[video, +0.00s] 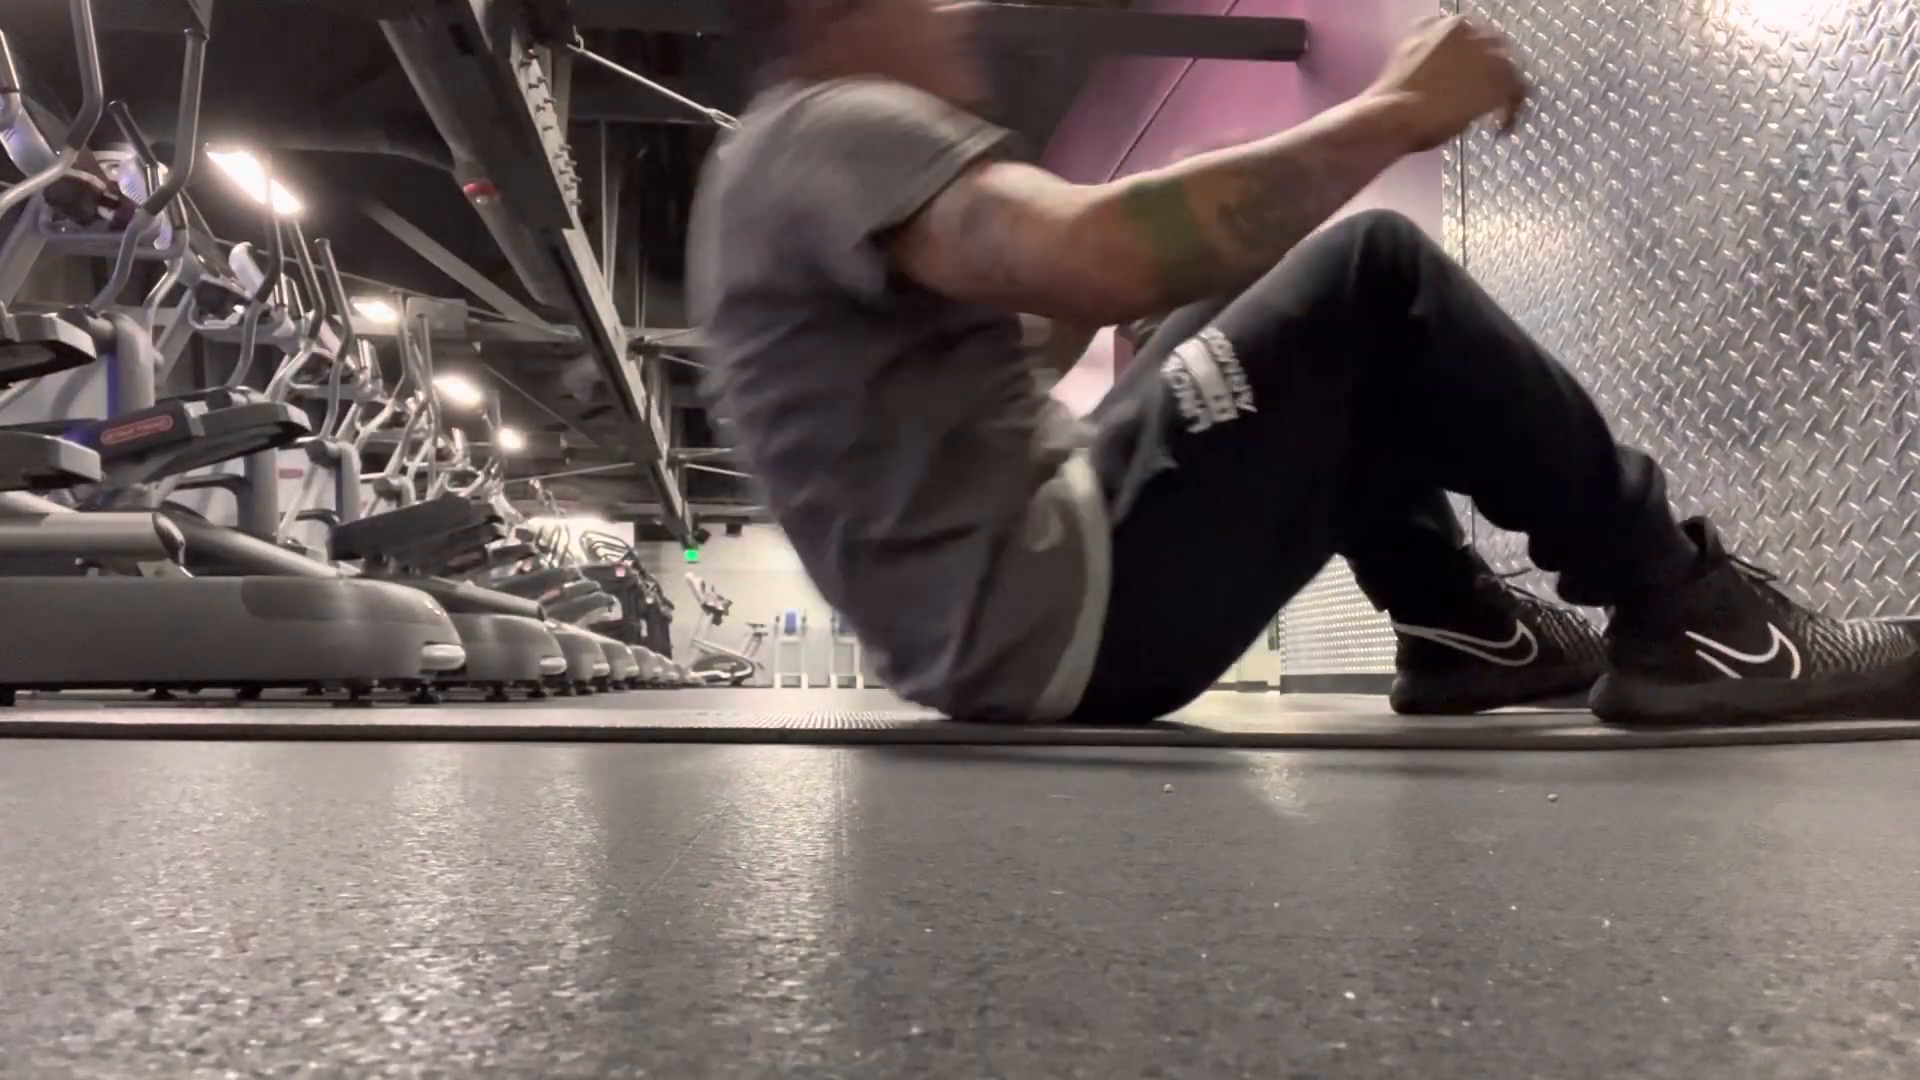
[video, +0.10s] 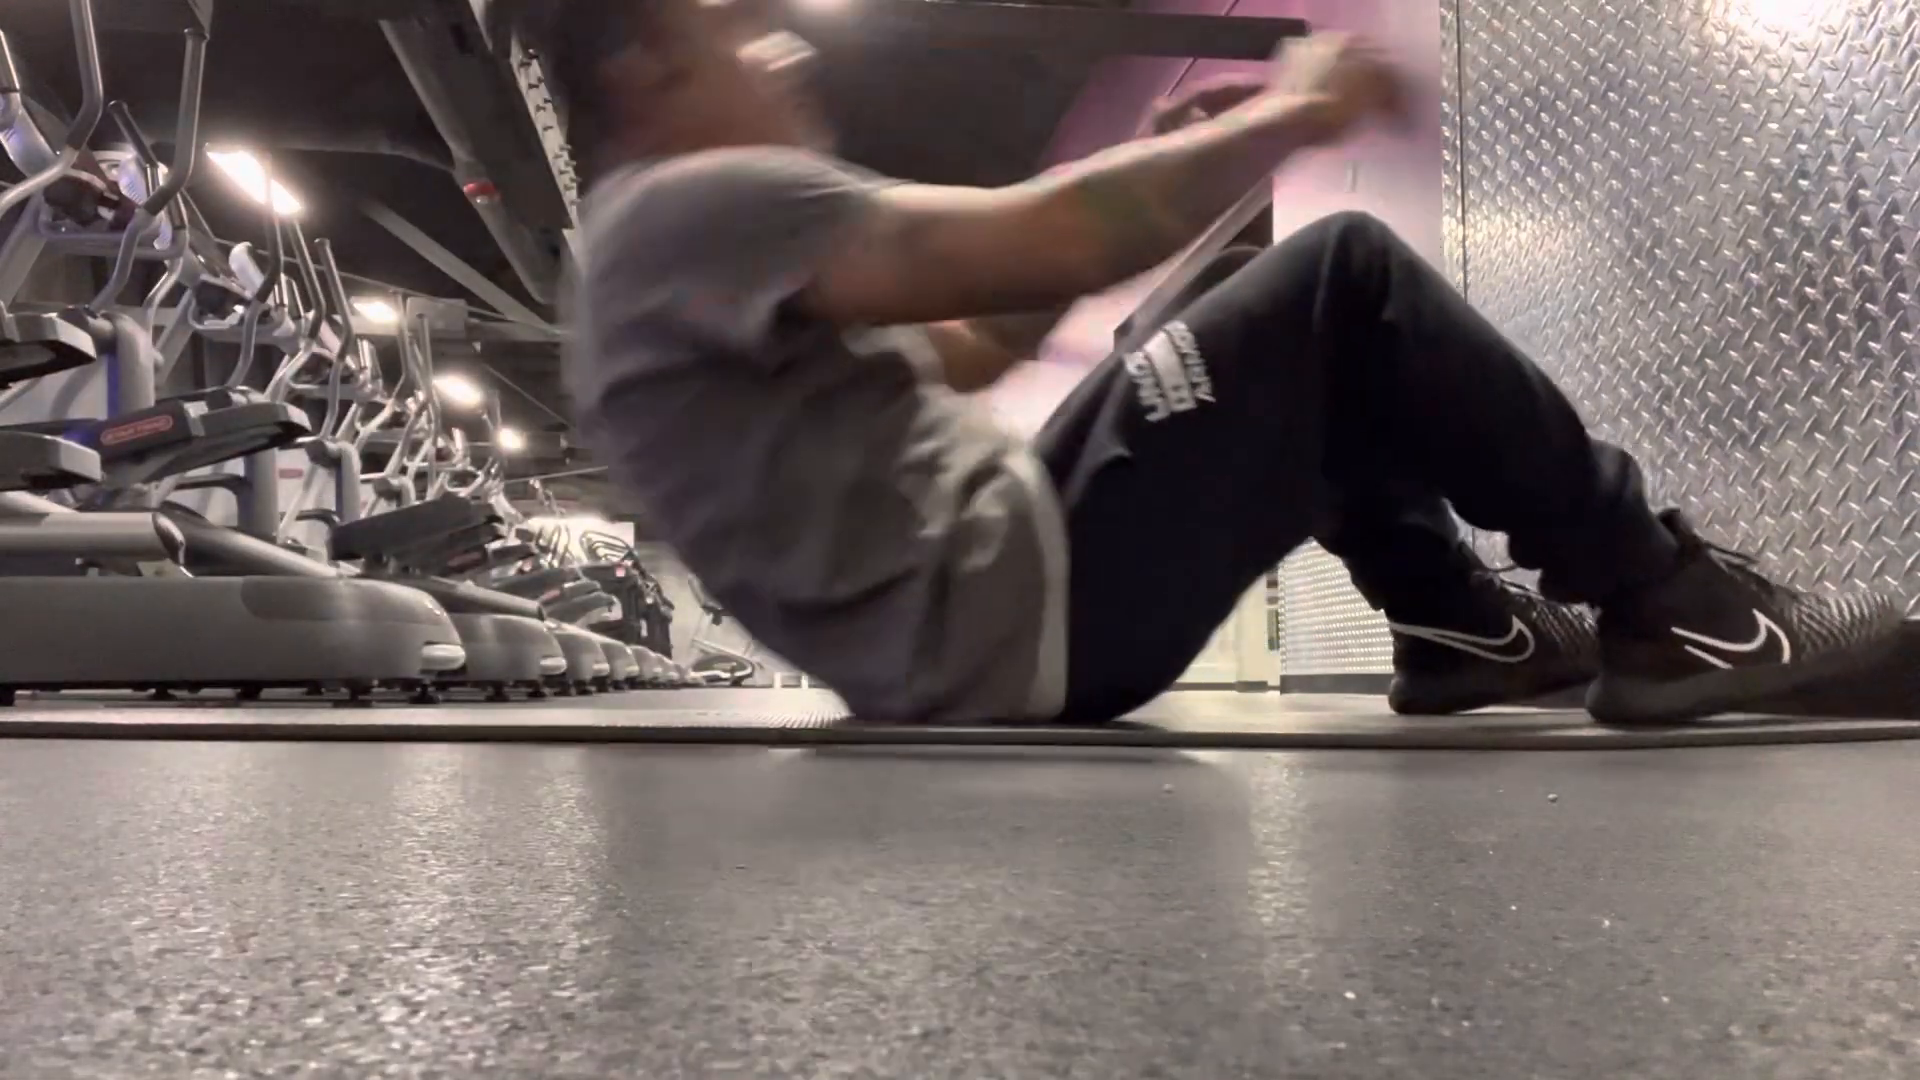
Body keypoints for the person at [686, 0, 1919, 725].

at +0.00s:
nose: (972, 24)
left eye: (960, 9)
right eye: (941, 3)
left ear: (833, 23)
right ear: (851, 12)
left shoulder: (822, 145)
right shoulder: (827, 136)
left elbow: (1094, 273)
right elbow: (1117, 254)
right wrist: (1402, 110)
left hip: (1043, 591)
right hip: (1062, 619)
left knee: (1302, 307)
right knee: (1371, 270)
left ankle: (1458, 624)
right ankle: (1682, 613)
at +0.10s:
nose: (790, 56)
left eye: (769, 30)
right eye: (747, 36)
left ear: (637, 87)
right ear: (652, 76)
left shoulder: (673, 242)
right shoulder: (676, 212)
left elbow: (945, 356)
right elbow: (1044, 235)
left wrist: (1159, 221)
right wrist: (1303, 106)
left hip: (985, 590)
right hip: (1022, 622)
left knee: (1263, 289)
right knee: (1348, 280)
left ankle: (1459, 630)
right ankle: (1667, 597)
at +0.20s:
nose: (615, 122)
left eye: (595, 99)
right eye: (562, 109)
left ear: (570, 159)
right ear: (467, 197)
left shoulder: (604, 337)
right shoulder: (531, 314)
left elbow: (880, 363)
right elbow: (872, 238)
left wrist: (912, 273)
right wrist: (1082, 46)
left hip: (969, 569)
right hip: (979, 613)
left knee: (1255, 276)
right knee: (1317, 275)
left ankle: (1459, 624)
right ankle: (1658, 589)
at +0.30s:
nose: (460, 223)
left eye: (442, 202)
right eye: (405, 227)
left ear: (458, 231)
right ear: (321, 329)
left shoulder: (503, 421)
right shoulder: (400, 426)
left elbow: (736, 407)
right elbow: (652, 254)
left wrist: (743, 235)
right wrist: (731, 66)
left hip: (941, 553)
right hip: (961, 596)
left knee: (1227, 315)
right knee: (1297, 271)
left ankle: (1450, 619)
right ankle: (1657, 596)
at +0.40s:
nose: (275, 308)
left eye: (255, 295)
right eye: (228, 324)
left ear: (286, 324)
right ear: (197, 433)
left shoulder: (422, 450)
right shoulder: (314, 515)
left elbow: (635, 428)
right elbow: (366, 255)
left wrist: (554, 260)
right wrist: (413, 103)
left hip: (894, 510)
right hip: (908, 578)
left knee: (1218, 335)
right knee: (1278, 264)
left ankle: (1435, 614)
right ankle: (1642, 592)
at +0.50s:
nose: (197, 345)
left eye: (171, 343)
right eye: (153, 365)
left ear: (188, 420)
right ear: (149, 448)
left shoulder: (356, 489)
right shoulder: (279, 515)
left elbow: (589, 400)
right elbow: (301, 167)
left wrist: (479, 228)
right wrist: (392, 50)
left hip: (873, 523)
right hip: (892, 564)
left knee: (1220, 332)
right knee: (1259, 263)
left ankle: (1434, 619)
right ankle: (1621, 578)